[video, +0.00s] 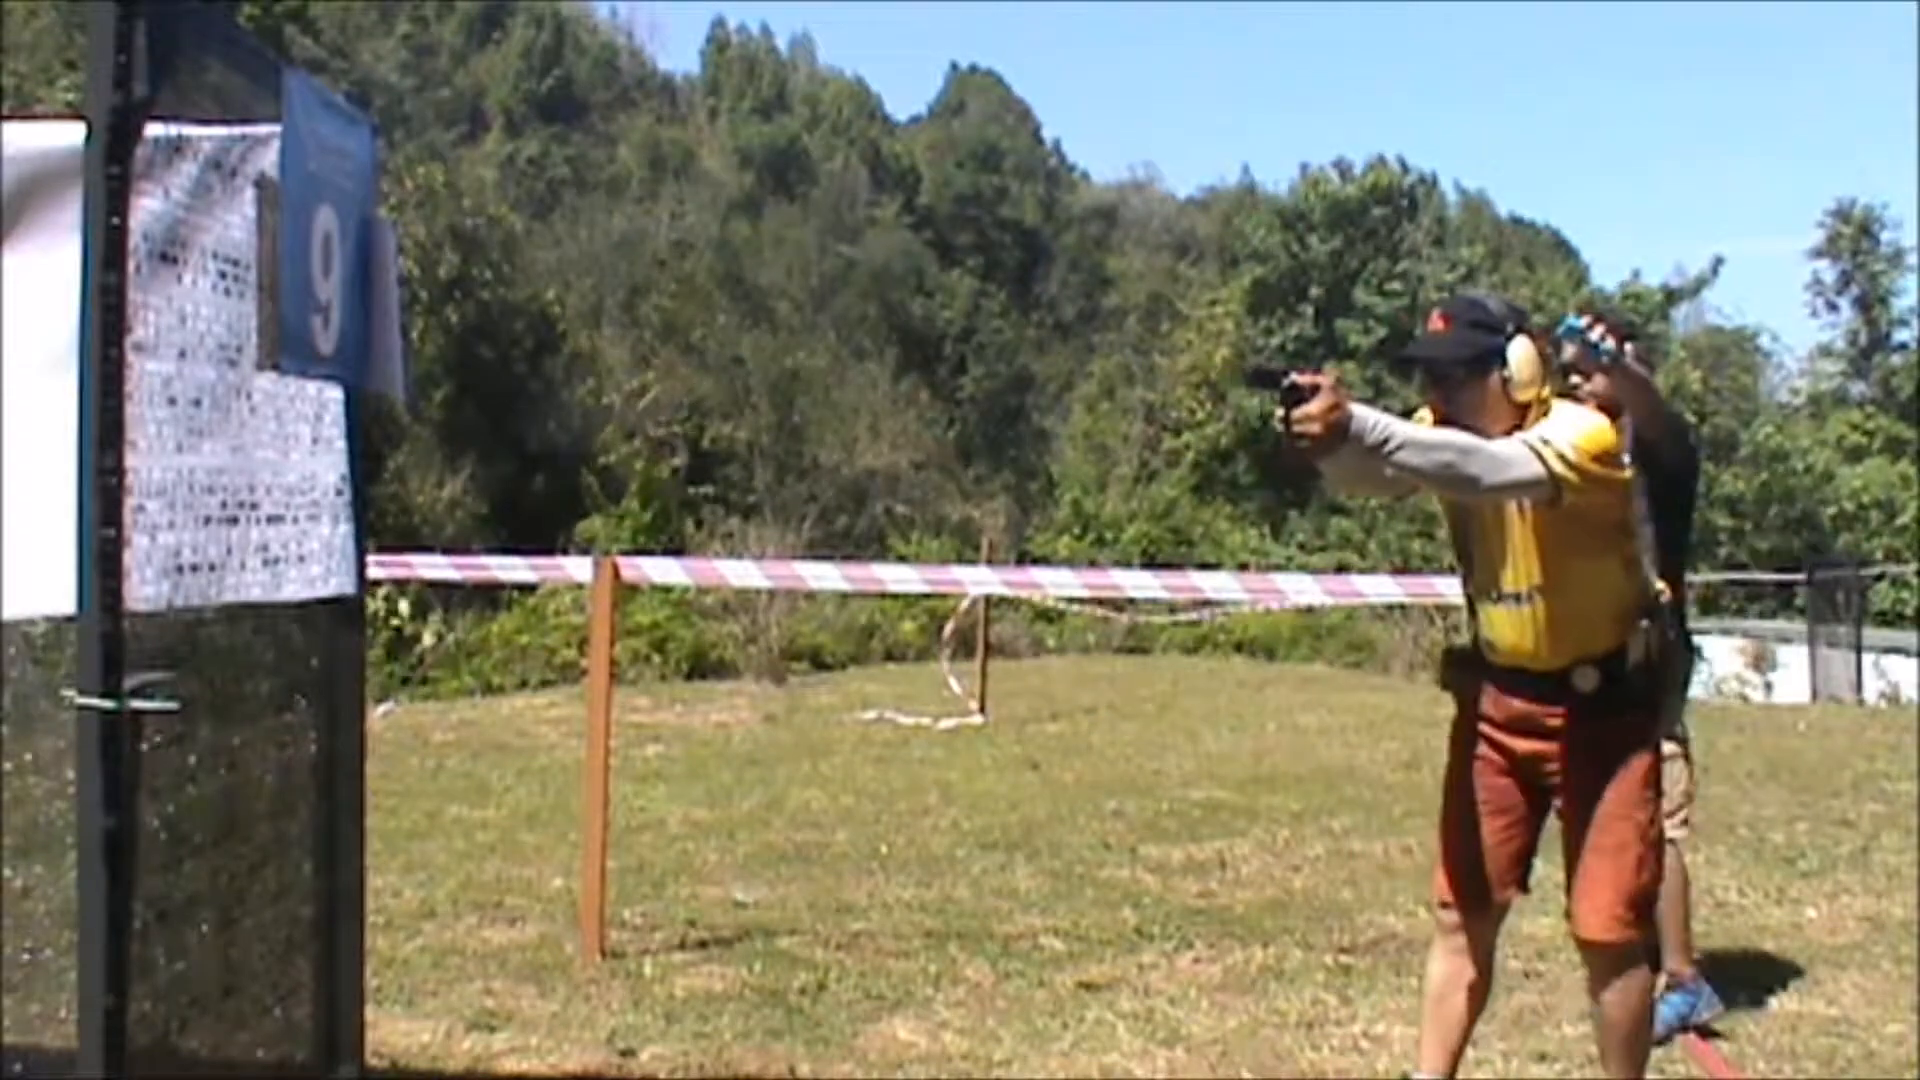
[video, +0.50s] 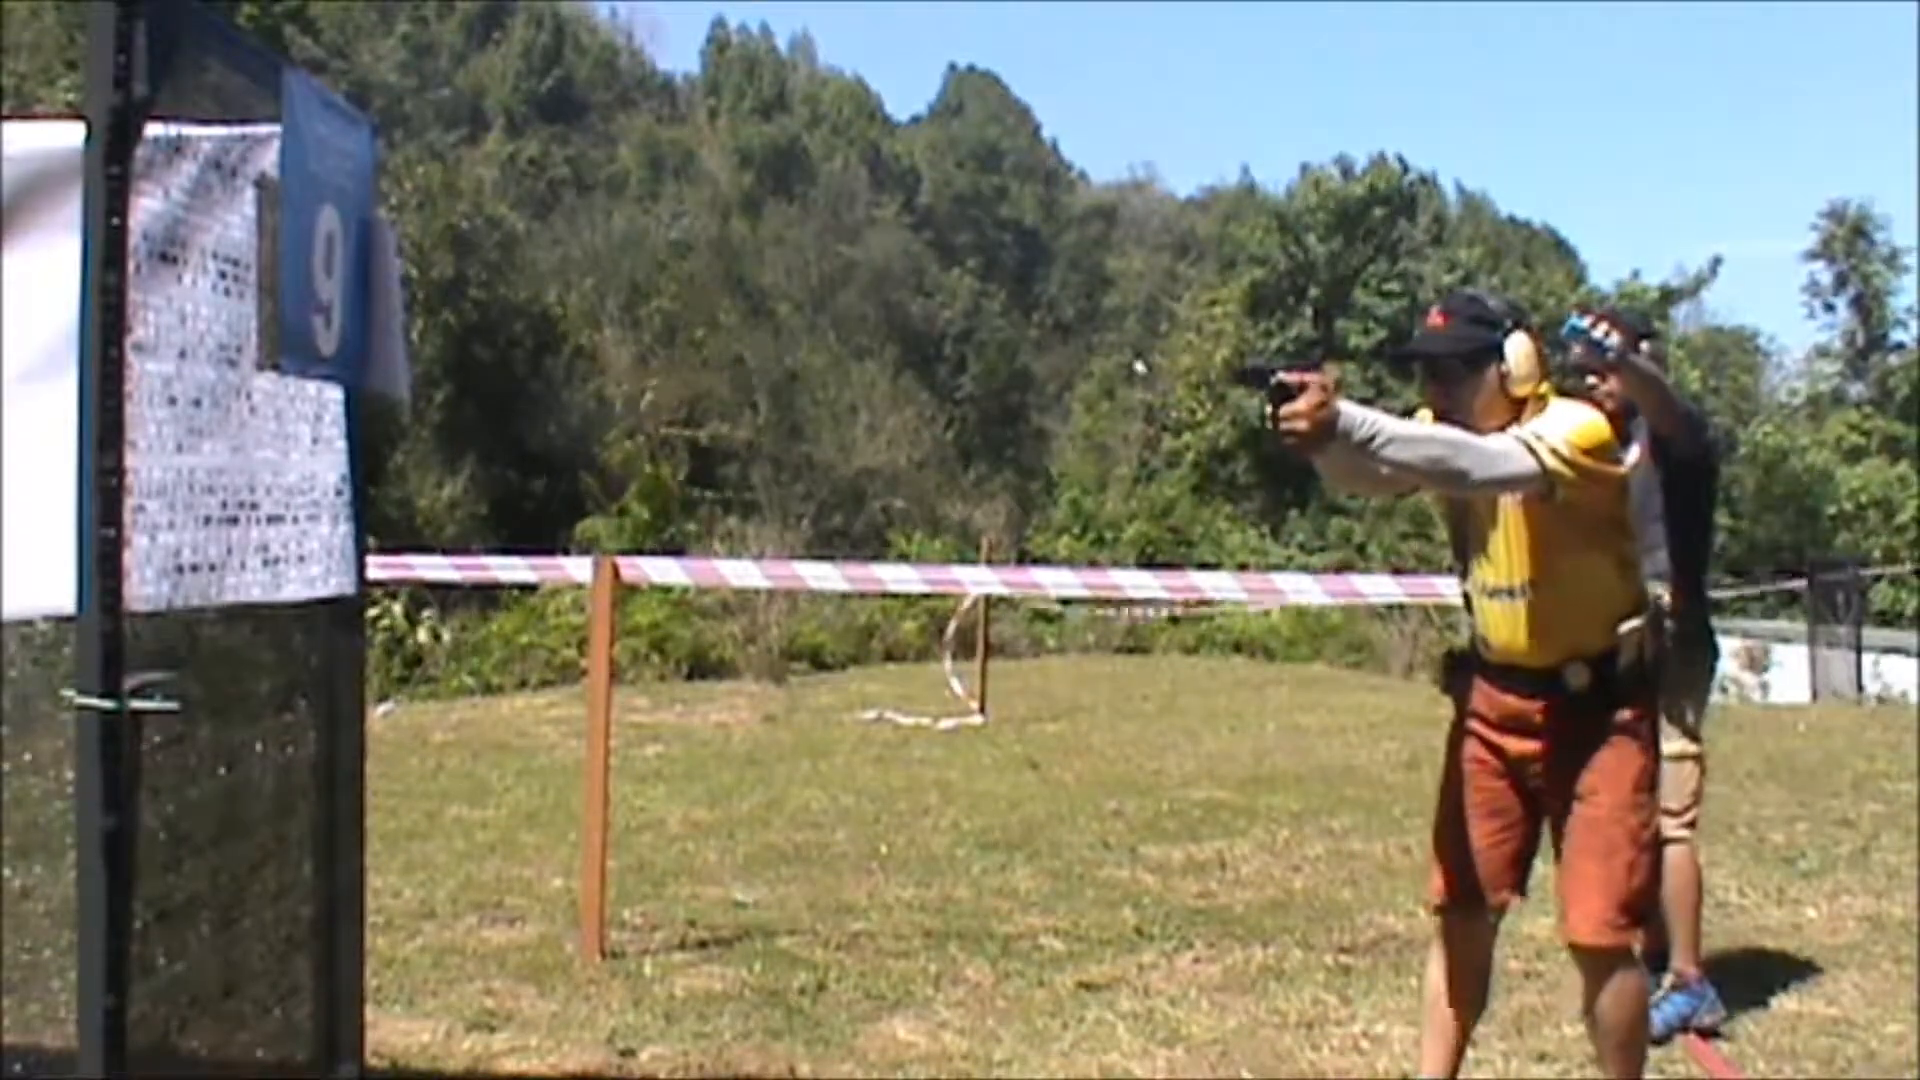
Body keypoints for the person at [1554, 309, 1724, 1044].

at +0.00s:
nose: (1586, 387)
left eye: (1599, 374)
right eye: (1579, 373)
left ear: (1634, 376)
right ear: (1569, 378)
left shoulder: (1668, 451)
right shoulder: (1567, 442)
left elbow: (1658, 423)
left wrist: (1626, 372)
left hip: (1648, 640)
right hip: (1579, 639)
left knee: (1660, 804)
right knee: (1604, 808)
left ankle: (1679, 973)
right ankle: (1631, 974)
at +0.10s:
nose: (1590, 386)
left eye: (1604, 373)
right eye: (1583, 371)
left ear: (1637, 377)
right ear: (1571, 377)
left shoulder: (1668, 448)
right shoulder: (1566, 439)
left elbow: (1668, 426)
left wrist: (1632, 374)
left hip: (1653, 637)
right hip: (1581, 638)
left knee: (1667, 800)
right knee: (1602, 802)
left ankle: (1682, 974)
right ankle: (1626, 973)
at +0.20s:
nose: (1592, 387)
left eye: (1604, 372)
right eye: (1583, 373)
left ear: (1635, 377)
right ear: (1574, 381)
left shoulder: (1672, 443)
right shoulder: (1575, 440)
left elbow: (1668, 417)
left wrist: (1632, 365)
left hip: (1663, 631)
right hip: (1589, 632)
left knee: (1673, 804)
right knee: (1608, 804)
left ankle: (1685, 974)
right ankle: (1627, 967)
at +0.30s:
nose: (1593, 388)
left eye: (1605, 373)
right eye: (1584, 375)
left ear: (1637, 375)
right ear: (1575, 380)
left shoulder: (1676, 443)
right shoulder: (1575, 438)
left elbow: (1672, 422)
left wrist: (1634, 367)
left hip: (1666, 630)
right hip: (1591, 630)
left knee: (1672, 807)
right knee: (1609, 803)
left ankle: (1686, 975)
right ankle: (1628, 966)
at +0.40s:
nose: (1595, 389)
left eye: (1607, 374)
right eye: (1586, 376)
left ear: (1641, 375)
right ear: (1578, 382)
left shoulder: (1679, 443)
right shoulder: (1581, 440)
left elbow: (1672, 419)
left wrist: (1632, 365)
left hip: (1669, 631)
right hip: (1594, 631)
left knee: (1671, 807)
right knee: (1609, 803)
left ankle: (1687, 976)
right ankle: (1631, 966)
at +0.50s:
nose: (1595, 388)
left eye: (1608, 374)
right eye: (1587, 375)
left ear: (1642, 374)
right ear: (1580, 381)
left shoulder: (1682, 444)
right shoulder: (1584, 441)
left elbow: (1671, 419)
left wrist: (1628, 363)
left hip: (1670, 633)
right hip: (1595, 633)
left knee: (1670, 809)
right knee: (1610, 806)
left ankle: (1686, 975)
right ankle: (1632, 966)